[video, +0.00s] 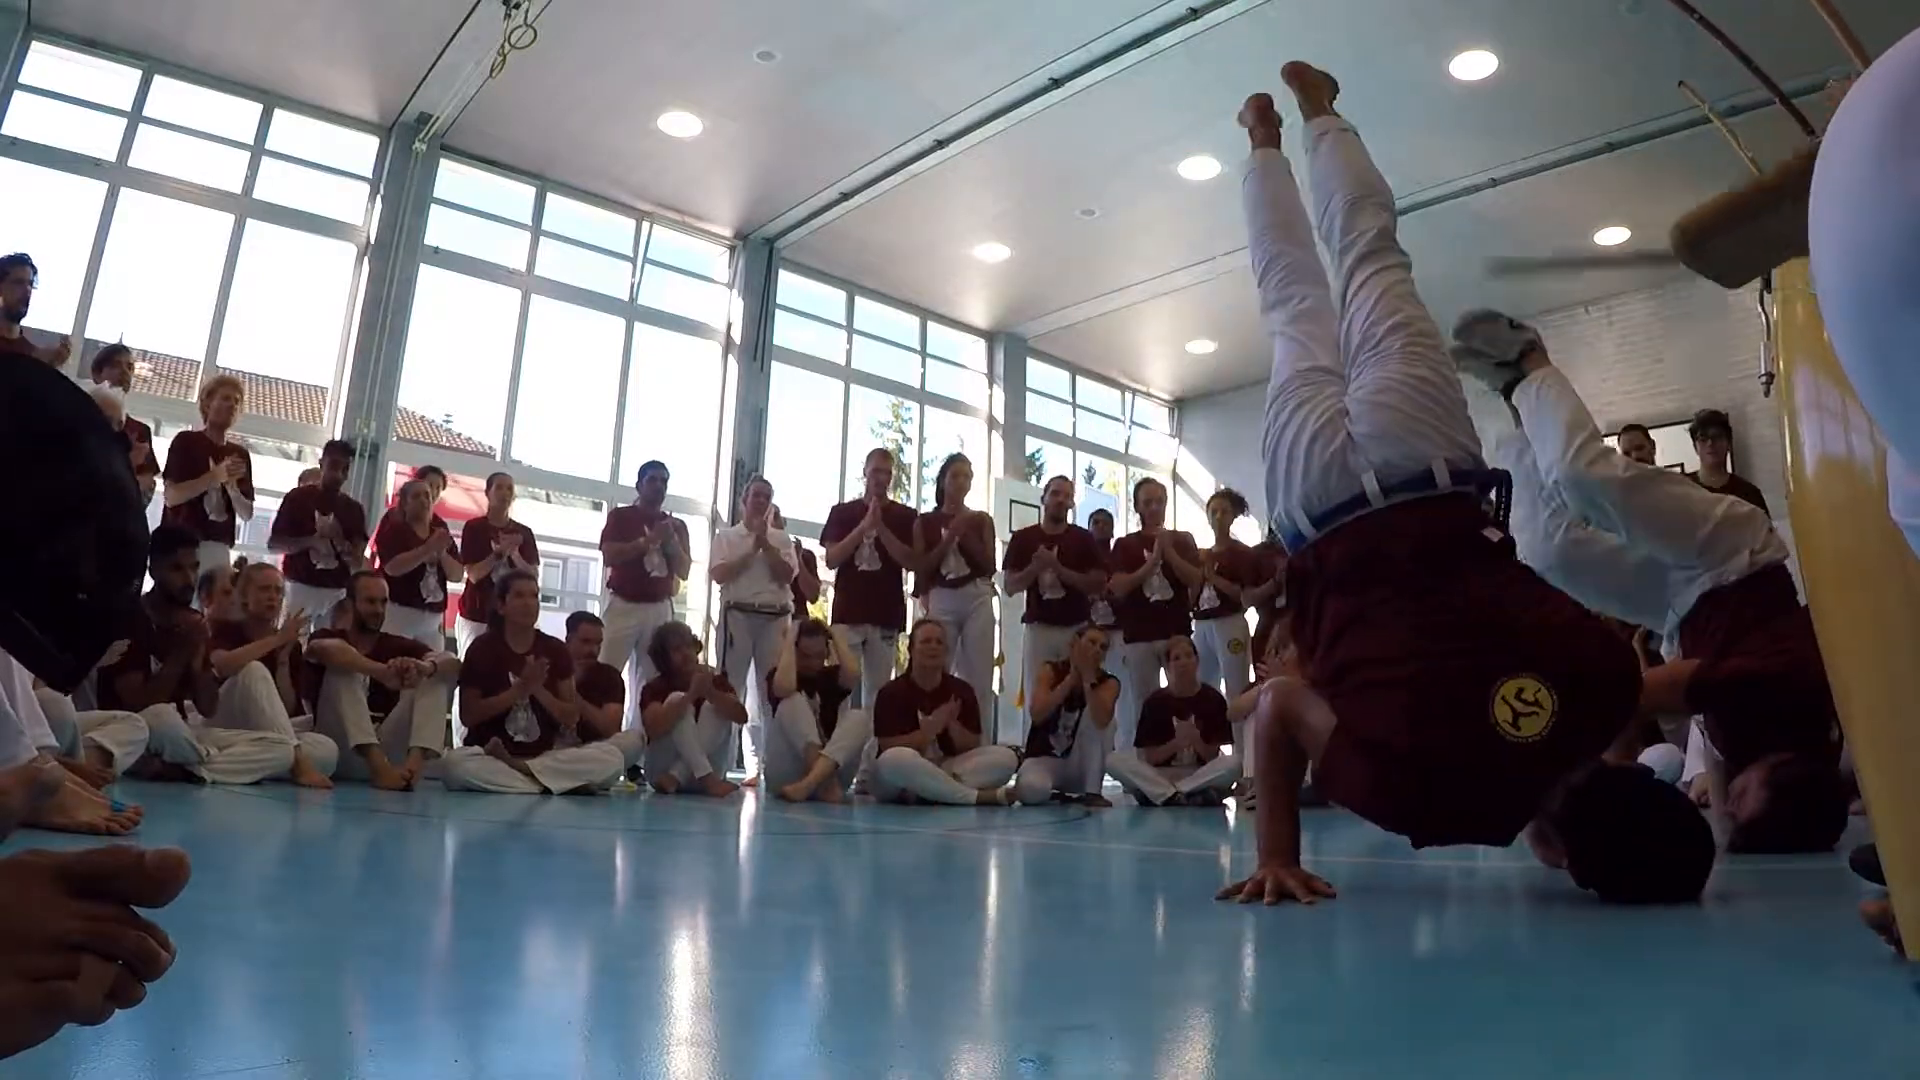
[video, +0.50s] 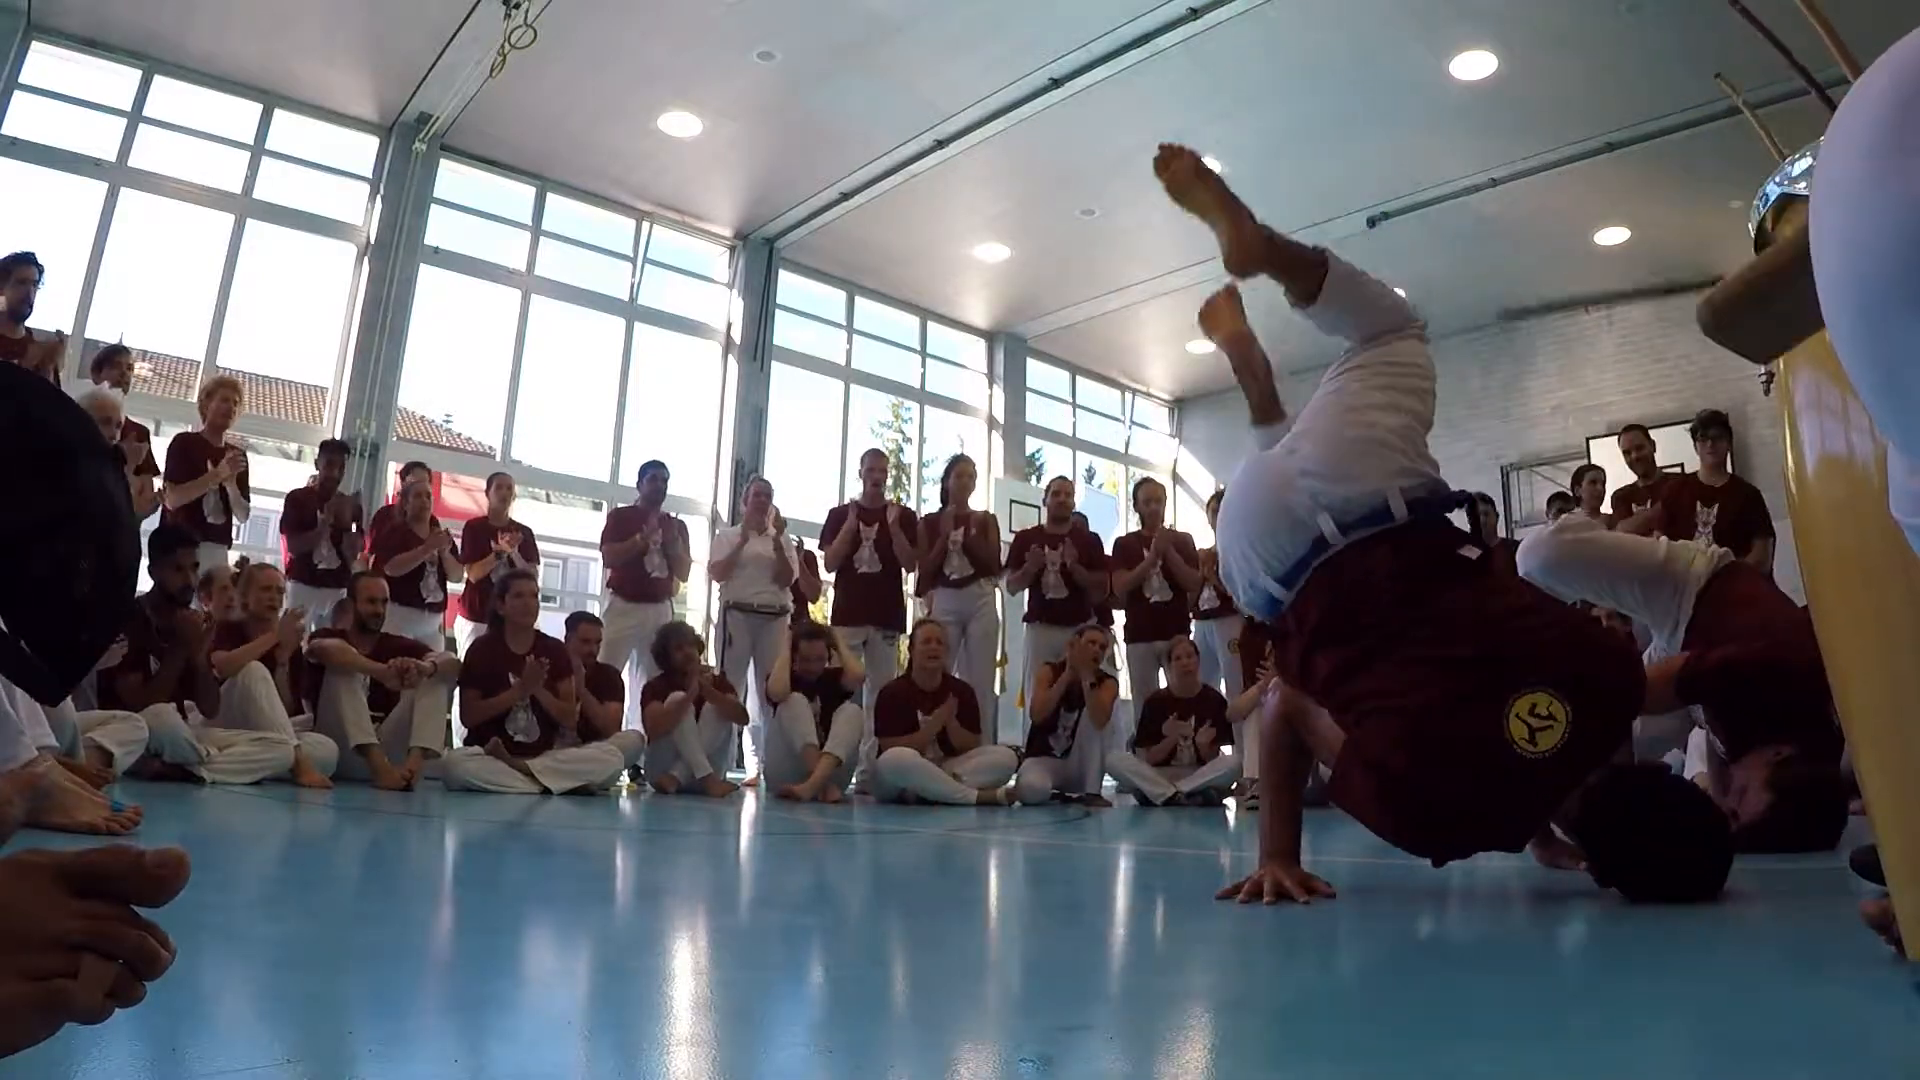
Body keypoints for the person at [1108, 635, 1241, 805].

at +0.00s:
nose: (1183, 662)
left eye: (1188, 656)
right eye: (1177, 658)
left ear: (1197, 660)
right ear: (1168, 666)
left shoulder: (1213, 698)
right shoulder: (1155, 701)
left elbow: (1212, 755)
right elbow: (1150, 757)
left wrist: (1194, 737)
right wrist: (1178, 742)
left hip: (1200, 771)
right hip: (1161, 773)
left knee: (1233, 764)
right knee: (1114, 760)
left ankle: (1167, 795)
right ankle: (1174, 796)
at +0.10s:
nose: (1184, 662)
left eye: (1189, 656)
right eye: (1177, 659)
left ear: (1197, 661)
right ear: (1168, 666)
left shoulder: (1213, 698)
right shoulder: (1155, 701)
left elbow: (1212, 756)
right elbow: (1148, 757)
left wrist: (1200, 744)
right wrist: (1175, 742)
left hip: (1200, 771)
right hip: (1161, 773)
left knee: (1233, 764)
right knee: (1114, 760)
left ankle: (1164, 796)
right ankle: (1173, 796)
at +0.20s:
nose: (1184, 662)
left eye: (1189, 656)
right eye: (1178, 659)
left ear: (1197, 661)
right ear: (1168, 666)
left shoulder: (1213, 698)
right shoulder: (1154, 701)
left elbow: (1212, 756)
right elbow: (1147, 757)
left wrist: (1198, 739)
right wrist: (1177, 742)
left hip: (1200, 772)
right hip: (1160, 773)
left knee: (1233, 764)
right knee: (1113, 760)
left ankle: (1167, 795)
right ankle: (1173, 796)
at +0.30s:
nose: (1184, 663)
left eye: (1189, 657)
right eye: (1177, 659)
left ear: (1197, 661)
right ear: (1168, 666)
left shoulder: (1213, 698)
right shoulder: (1155, 701)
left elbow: (1214, 755)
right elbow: (1148, 757)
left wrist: (1194, 739)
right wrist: (1179, 741)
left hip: (1201, 772)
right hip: (1160, 773)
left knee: (1233, 764)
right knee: (1113, 760)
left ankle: (1167, 795)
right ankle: (1173, 796)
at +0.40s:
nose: (1184, 662)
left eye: (1189, 656)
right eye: (1177, 659)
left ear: (1198, 661)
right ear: (1168, 666)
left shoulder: (1213, 698)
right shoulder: (1155, 701)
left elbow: (1213, 756)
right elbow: (1148, 757)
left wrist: (1198, 740)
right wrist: (1176, 743)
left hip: (1201, 772)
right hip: (1161, 774)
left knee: (1233, 764)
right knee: (1113, 760)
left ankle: (1169, 795)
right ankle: (1172, 797)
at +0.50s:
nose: (1185, 662)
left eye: (1190, 656)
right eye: (1178, 658)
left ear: (1198, 661)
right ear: (1169, 667)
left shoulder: (1214, 699)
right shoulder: (1155, 701)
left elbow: (1214, 759)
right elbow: (1149, 758)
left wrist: (1204, 746)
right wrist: (1171, 739)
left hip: (1200, 773)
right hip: (1161, 774)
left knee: (1233, 763)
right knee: (1115, 760)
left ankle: (1171, 793)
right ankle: (1171, 796)